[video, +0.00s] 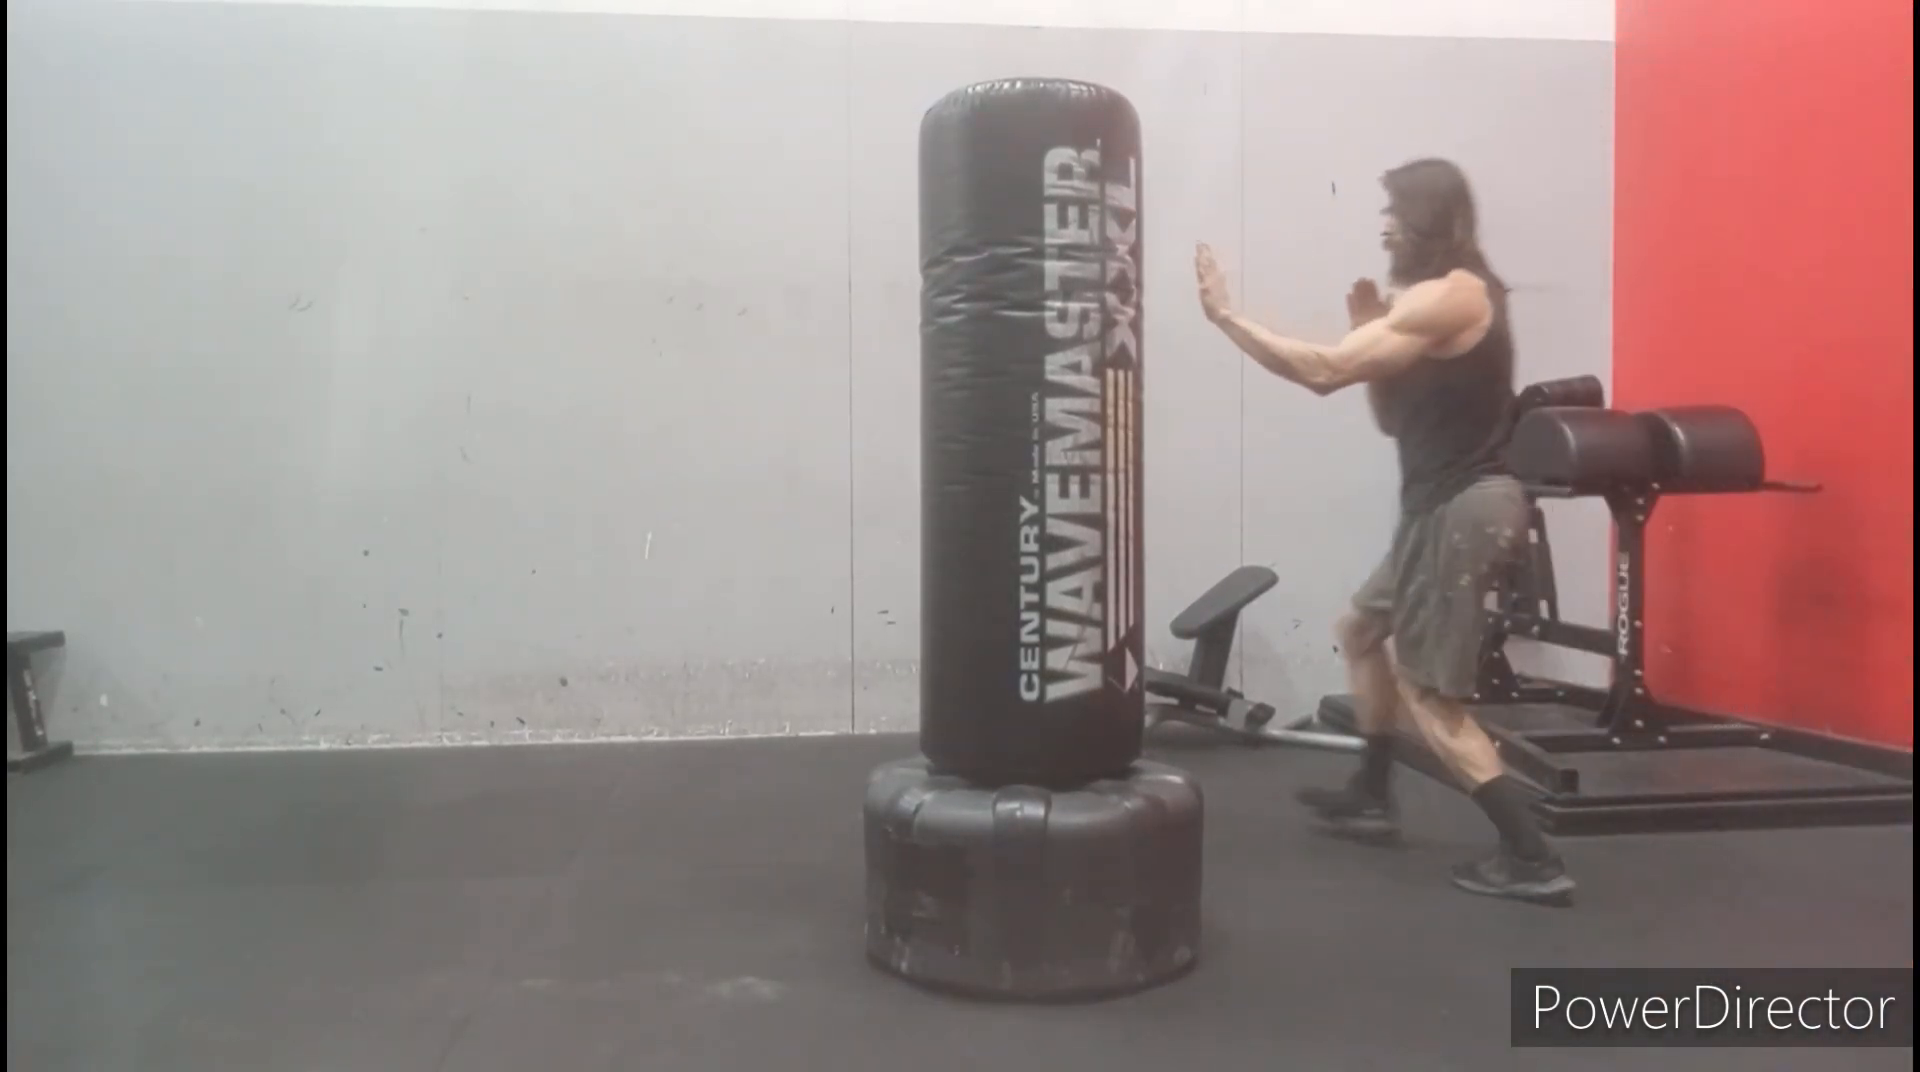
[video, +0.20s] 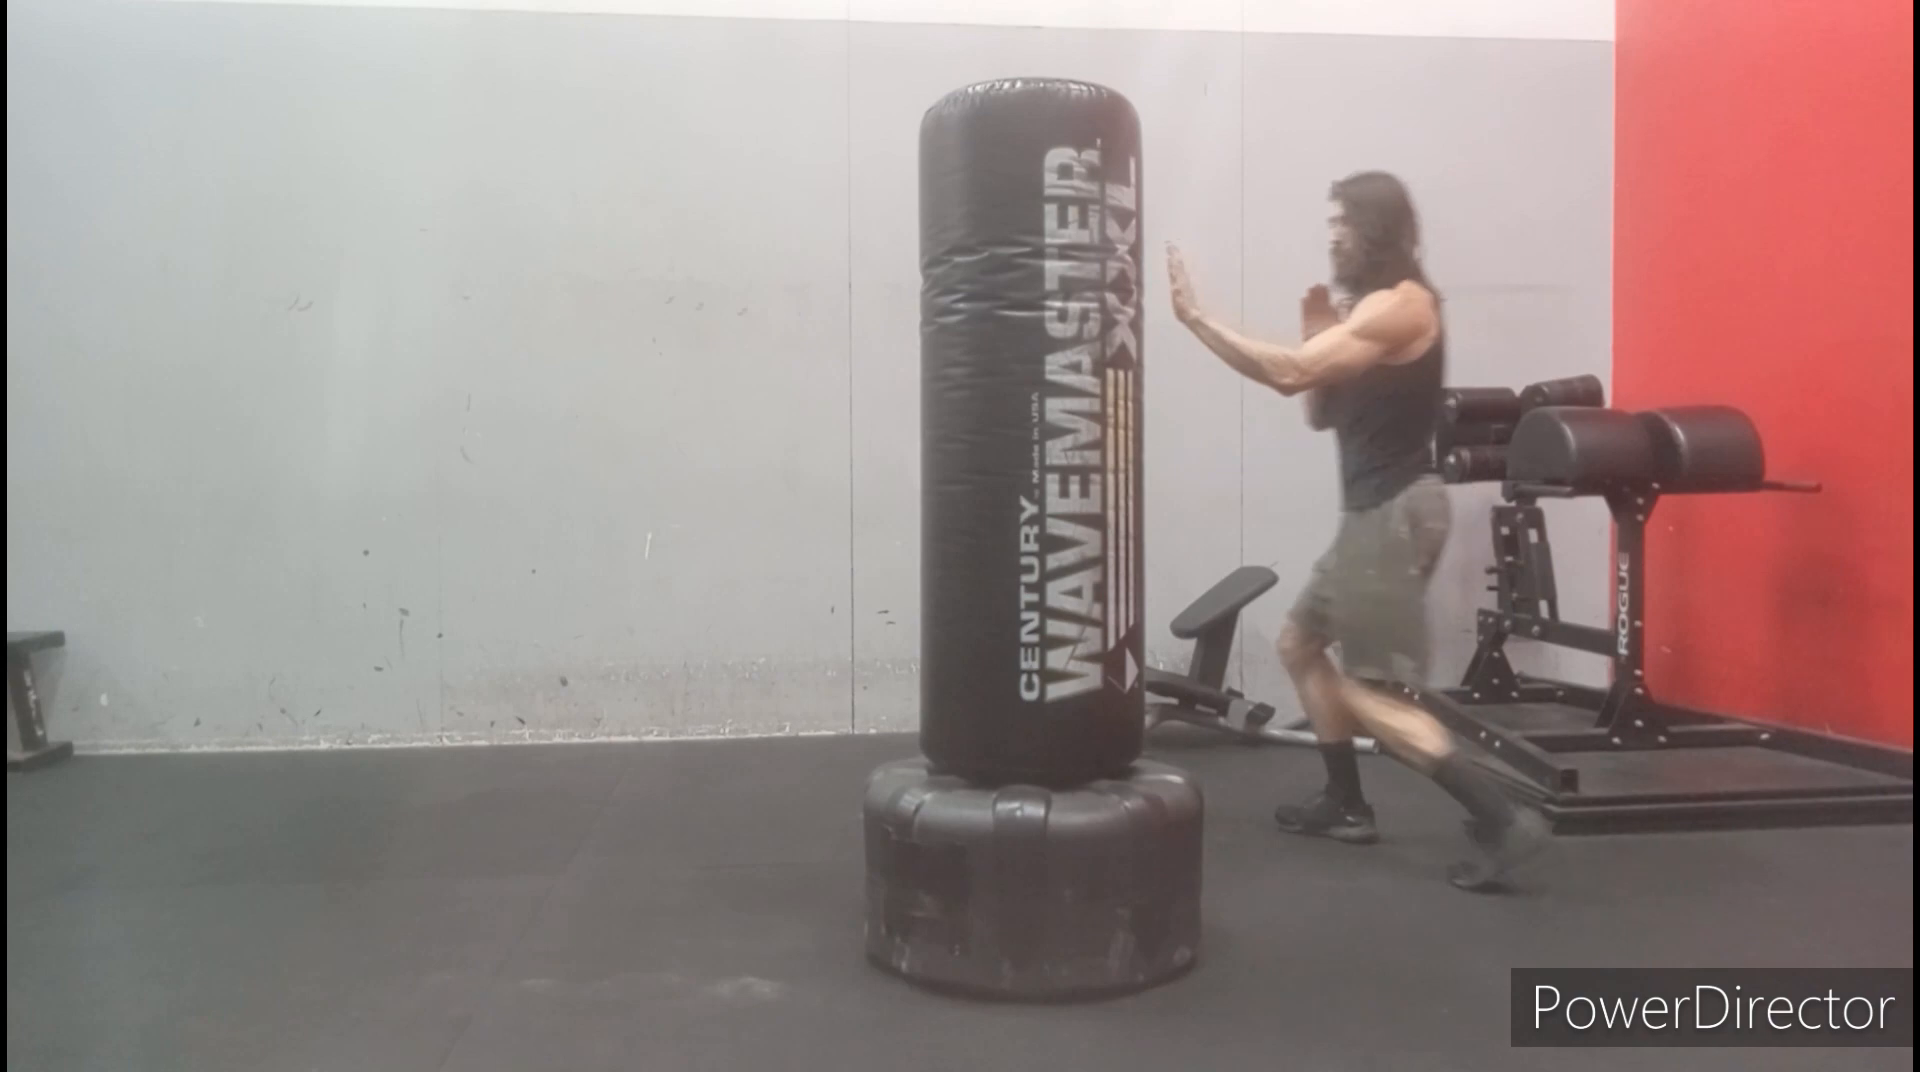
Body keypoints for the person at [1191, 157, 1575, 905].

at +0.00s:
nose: (1383, 229)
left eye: (1395, 216)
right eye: (1385, 215)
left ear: (1432, 222)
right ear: (1445, 223)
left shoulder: (1450, 294)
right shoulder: (1448, 294)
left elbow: (1323, 370)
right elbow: (1396, 419)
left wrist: (1226, 316)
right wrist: (1370, 332)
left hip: (1464, 510)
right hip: (1451, 506)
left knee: (1426, 700)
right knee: (1362, 628)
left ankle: (1533, 856)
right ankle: (1371, 792)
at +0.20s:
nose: (1331, 238)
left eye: (1340, 225)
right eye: (1331, 225)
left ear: (1374, 230)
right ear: (1377, 231)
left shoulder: (1403, 305)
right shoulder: (1375, 307)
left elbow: (1291, 373)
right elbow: (1320, 414)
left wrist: (1195, 318)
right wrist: (1320, 338)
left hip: (1400, 511)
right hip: (1379, 510)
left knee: (1365, 692)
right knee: (1298, 644)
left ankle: (1500, 817)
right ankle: (1344, 800)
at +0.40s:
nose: (1281, 249)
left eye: (1292, 237)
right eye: (1280, 236)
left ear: (1329, 243)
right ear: (1320, 245)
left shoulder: (1354, 313)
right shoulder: (1323, 316)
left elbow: (1263, 379)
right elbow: (1263, 419)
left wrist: (1168, 325)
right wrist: (1270, 346)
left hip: (1341, 506)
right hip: (1336, 503)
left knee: (1212, 625)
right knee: (1256, 646)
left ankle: (1342, 725)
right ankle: (1338, 794)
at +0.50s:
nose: (1257, 255)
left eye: (1269, 242)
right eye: (1256, 242)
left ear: (1307, 249)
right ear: (1269, 248)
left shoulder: (1331, 315)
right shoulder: (1295, 322)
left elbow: (1247, 380)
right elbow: (1238, 421)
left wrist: (1152, 329)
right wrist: (1245, 350)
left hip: (1312, 505)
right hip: (1318, 505)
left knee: (1171, 601)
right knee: (1248, 660)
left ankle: (1252, 722)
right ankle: (1336, 794)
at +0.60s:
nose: (1230, 256)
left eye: (1241, 243)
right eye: (1228, 244)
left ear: (1276, 248)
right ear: (1243, 252)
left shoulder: (1305, 319)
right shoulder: (1259, 326)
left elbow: (1228, 381)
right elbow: (1214, 423)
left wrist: (1140, 342)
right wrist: (1221, 351)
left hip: (1288, 507)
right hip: (1278, 505)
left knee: (1142, 595)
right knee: (1230, 661)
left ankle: (1163, 757)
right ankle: (1336, 797)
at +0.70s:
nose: (1202, 262)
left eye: (1214, 249)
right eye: (1199, 249)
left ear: (1251, 256)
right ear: (1205, 257)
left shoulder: (1275, 324)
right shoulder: (1229, 329)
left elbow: (1202, 386)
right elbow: (1177, 425)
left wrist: (1125, 352)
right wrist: (1190, 354)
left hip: (1251, 513)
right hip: (1256, 511)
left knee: (1114, 603)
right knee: (1215, 671)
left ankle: (1096, 753)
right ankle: (1334, 793)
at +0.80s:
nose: (1170, 261)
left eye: (1181, 249)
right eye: (1167, 249)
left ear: (1215, 255)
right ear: (1166, 256)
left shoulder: (1238, 327)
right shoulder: (1179, 327)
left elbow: (1172, 388)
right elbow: (1137, 420)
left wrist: (1133, 345)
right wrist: (1152, 352)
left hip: (1211, 517)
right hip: (1215, 514)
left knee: (1095, 614)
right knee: (1202, 678)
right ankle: (1328, 786)